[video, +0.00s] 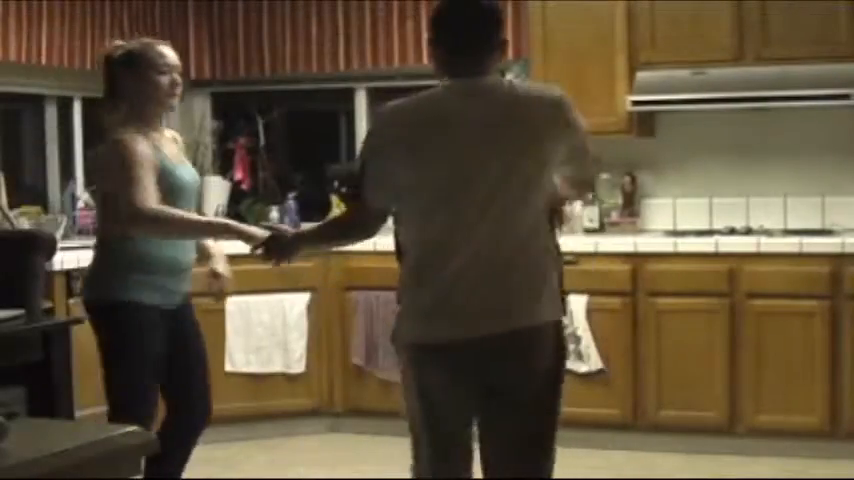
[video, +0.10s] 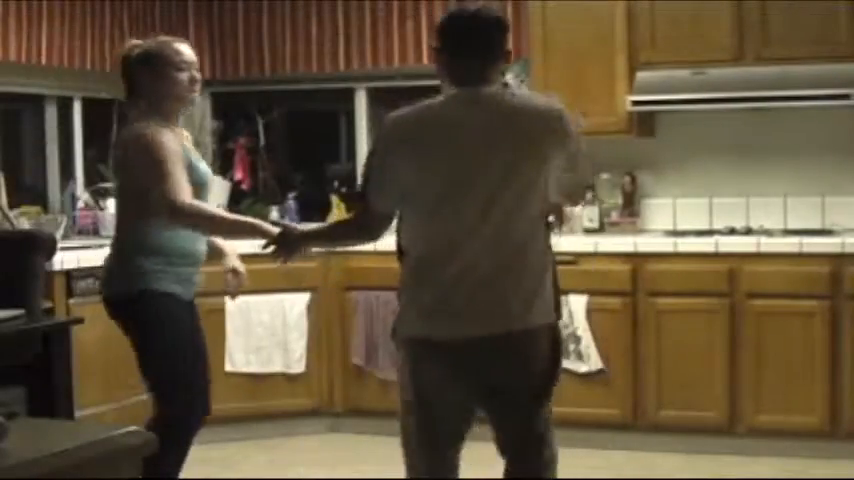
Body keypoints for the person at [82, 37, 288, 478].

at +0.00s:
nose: (177, 81)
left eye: (179, 73)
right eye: (164, 73)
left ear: (179, 80)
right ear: (130, 82)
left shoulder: (170, 140)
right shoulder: (124, 143)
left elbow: (185, 211)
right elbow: (138, 213)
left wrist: (213, 251)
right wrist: (237, 230)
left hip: (170, 296)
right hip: (126, 297)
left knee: (193, 410)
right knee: (135, 420)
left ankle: (159, 476)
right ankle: (120, 477)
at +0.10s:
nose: (196, 77)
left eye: (197, 69)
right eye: (183, 69)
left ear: (195, 78)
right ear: (149, 78)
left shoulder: (175, 135)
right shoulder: (151, 137)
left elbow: (181, 214)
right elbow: (176, 207)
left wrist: (225, 251)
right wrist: (262, 227)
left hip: (168, 286)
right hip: (146, 288)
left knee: (188, 406)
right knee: (184, 408)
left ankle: (146, 471)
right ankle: (156, 474)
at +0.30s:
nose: (234, 77)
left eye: (233, 69)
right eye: (222, 70)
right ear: (190, 81)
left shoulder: (180, 137)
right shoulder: (198, 137)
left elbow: (198, 219)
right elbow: (199, 205)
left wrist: (256, 249)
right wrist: (279, 230)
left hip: (165, 284)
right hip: (196, 287)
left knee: (190, 397)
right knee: (240, 395)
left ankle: (157, 473)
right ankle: (232, 475)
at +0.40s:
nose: (253, 82)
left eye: (252, 75)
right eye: (241, 75)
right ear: (209, 87)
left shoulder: (202, 143)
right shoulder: (218, 145)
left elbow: (223, 224)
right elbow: (216, 216)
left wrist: (275, 262)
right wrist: (296, 234)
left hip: (189, 292)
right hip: (220, 293)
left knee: (207, 401)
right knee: (264, 395)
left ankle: (165, 475)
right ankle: (258, 476)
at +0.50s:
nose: (271, 84)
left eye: (268, 76)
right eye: (259, 77)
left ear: (235, 92)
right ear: (228, 88)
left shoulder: (223, 146)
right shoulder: (236, 148)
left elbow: (235, 232)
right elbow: (239, 223)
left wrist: (280, 280)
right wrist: (316, 223)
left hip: (211, 291)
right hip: (236, 293)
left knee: (245, 398)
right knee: (282, 393)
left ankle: (183, 474)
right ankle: (264, 474)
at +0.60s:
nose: (283, 83)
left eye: (280, 75)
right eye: (272, 76)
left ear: (244, 90)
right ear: (241, 87)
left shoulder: (234, 141)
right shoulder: (249, 145)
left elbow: (265, 218)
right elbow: (273, 220)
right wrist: (345, 187)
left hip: (229, 286)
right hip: (250, 288)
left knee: (270, 390)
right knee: (287, 391)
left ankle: (202, 473)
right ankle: (266, 474)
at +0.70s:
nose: (293, 81)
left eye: (289, 73)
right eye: (281, 74)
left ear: (250, 87)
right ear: (250, 85)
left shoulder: (236, 137)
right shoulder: (265, 140)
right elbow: (309, 206)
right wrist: (366, 163)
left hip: (235, 281)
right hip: (260, 285)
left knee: (280, 386)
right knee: (289, 387)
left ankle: (241, 473)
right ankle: (252, 475)